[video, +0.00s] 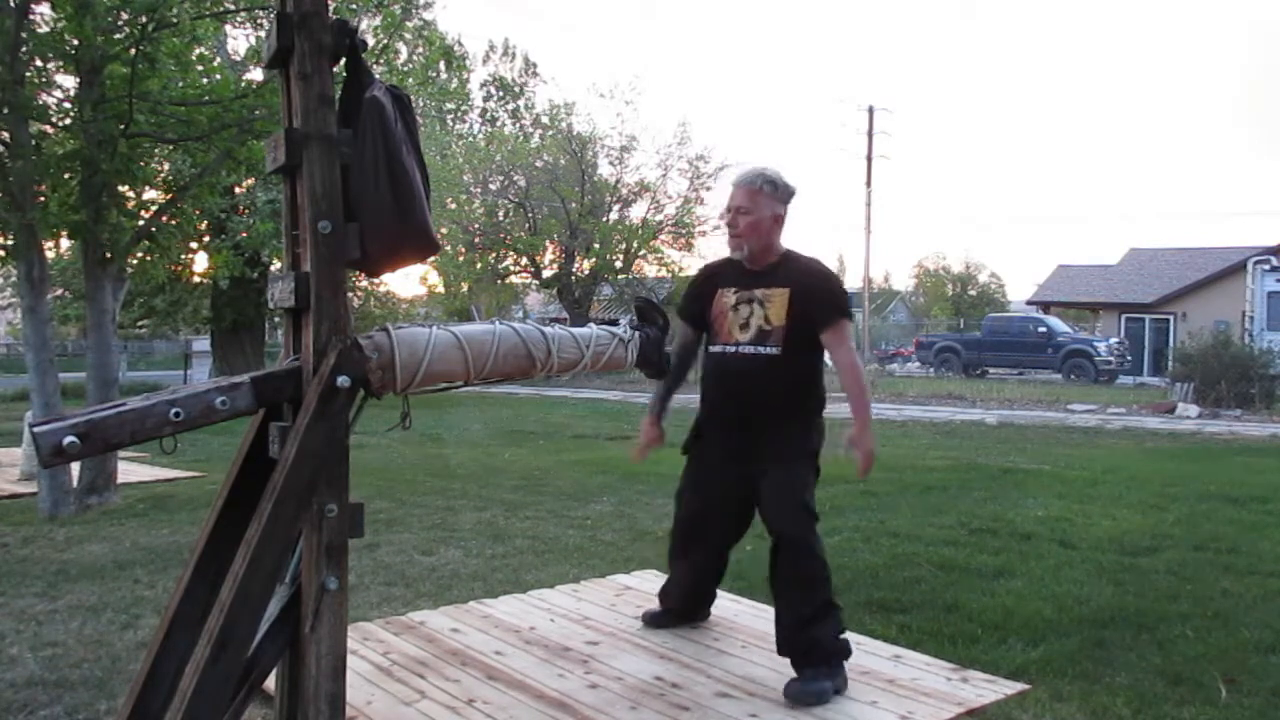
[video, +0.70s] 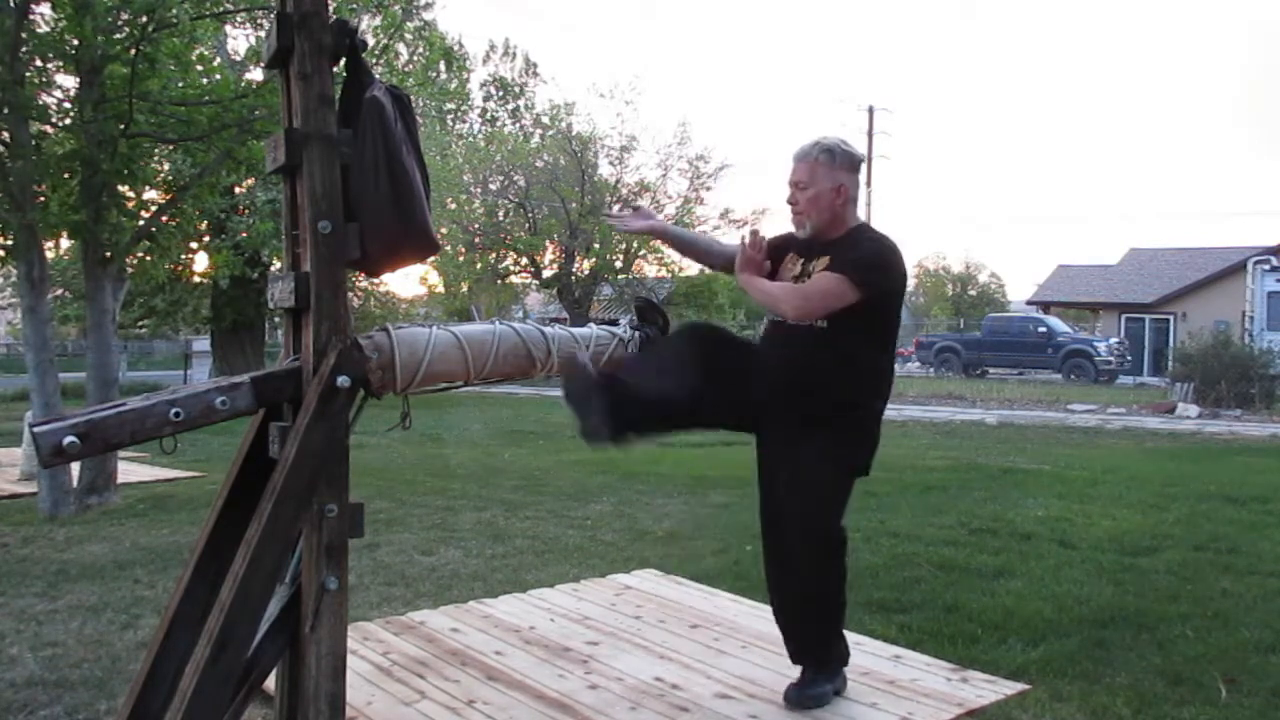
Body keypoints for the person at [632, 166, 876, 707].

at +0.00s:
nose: (732, 223)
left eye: (745, 214)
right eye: (730, 212)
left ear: (779, 217)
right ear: (728, 214)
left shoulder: (813, 281)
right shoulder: (711, 280)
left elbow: (843, 355)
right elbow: (681, 352)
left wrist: (862, 425)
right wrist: (655, 413)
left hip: (788, 436)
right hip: (720, 431)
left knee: (793, 535)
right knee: (697, 521)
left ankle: (820, 662)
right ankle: (686, 603)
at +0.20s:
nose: (761, 213)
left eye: (775, 205)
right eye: (760, 203)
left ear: (811, 210)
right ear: (759, 205)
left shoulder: (851, 271)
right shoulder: (742, 276)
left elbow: (873, 336)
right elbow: (712, 346)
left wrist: (840, 373)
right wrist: (715, 406)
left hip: (821, 431)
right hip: (755, 427)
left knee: (809, 536)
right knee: (724, 515)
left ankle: (820, 667)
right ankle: (708, 602)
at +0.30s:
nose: (769, 209)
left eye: (782, 200)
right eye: (769, 198)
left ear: (821, 204)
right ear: (774, 201)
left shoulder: (862, 267)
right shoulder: (754, 271)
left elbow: (871, 329)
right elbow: (721, 330)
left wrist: (806, 332)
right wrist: (725, 356)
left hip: (830, 432)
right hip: (760, 428)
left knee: (815, 535)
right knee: (730, 519)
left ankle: (821, 666)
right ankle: (734, 613)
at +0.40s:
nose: (779, 204)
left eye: (792, 195)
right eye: (779, 193)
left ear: (832, 199)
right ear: (783, 195)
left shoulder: (869, 260)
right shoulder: (771, 262)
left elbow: (852, 313)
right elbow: (727, 311)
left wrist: (781, 295)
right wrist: (718, 298)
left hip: (837, 435)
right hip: (765, 427)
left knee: (821, 539)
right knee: (733, 509)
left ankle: (822, 667)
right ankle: (760, 626)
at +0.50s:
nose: (786, 202)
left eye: (797, 192)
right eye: (784, 192)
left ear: (836, 196)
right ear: (786, 194)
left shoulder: (872, 258)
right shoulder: (781, 255)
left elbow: (825, 307)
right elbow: (728, 295)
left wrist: (760, 278)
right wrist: (706, 267)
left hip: (840, 431)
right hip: (769, 418)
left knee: (827, 547)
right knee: (717, 463)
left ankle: (823, 667)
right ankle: (745, 593)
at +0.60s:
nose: (789, 199)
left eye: (800, 190)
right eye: (789, 189)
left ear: (840, 194)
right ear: (797, 192)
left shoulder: (873, 257)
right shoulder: (789, 250)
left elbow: (805, 305)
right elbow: (730, 267)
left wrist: (748, 278)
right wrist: (674, 233)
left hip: (829, 425)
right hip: (768, 405)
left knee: (807, 544)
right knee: (702, 379)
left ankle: (822, 667)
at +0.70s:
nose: (791, 199)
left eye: (803, 189)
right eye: (791, 188)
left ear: (842, 191)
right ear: (813, 191)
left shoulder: (873, 255)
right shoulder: (790, 248)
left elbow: (802, 304)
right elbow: (724, 256)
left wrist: (750, 279)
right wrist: (662, 230)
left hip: (824, 421)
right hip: (768, 393)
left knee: (804, 538)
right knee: (702, 348)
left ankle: (823, 664)